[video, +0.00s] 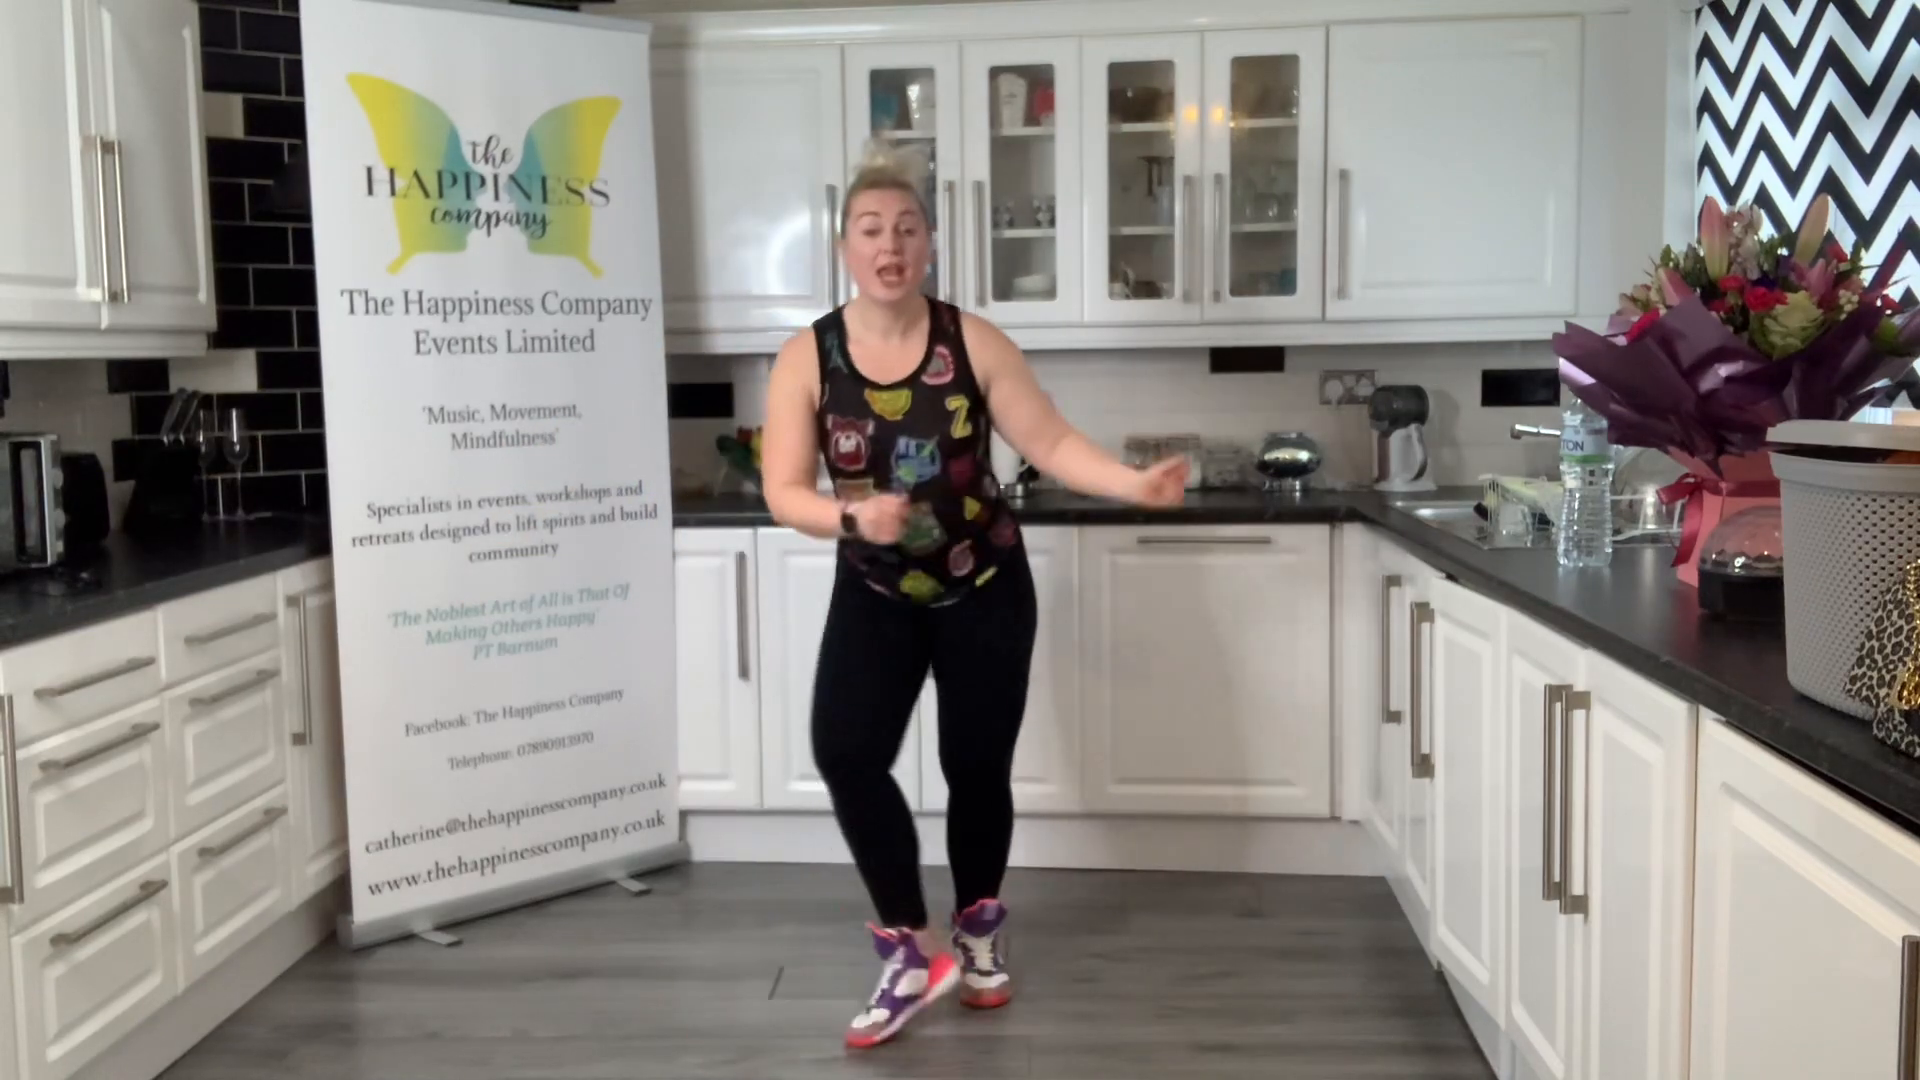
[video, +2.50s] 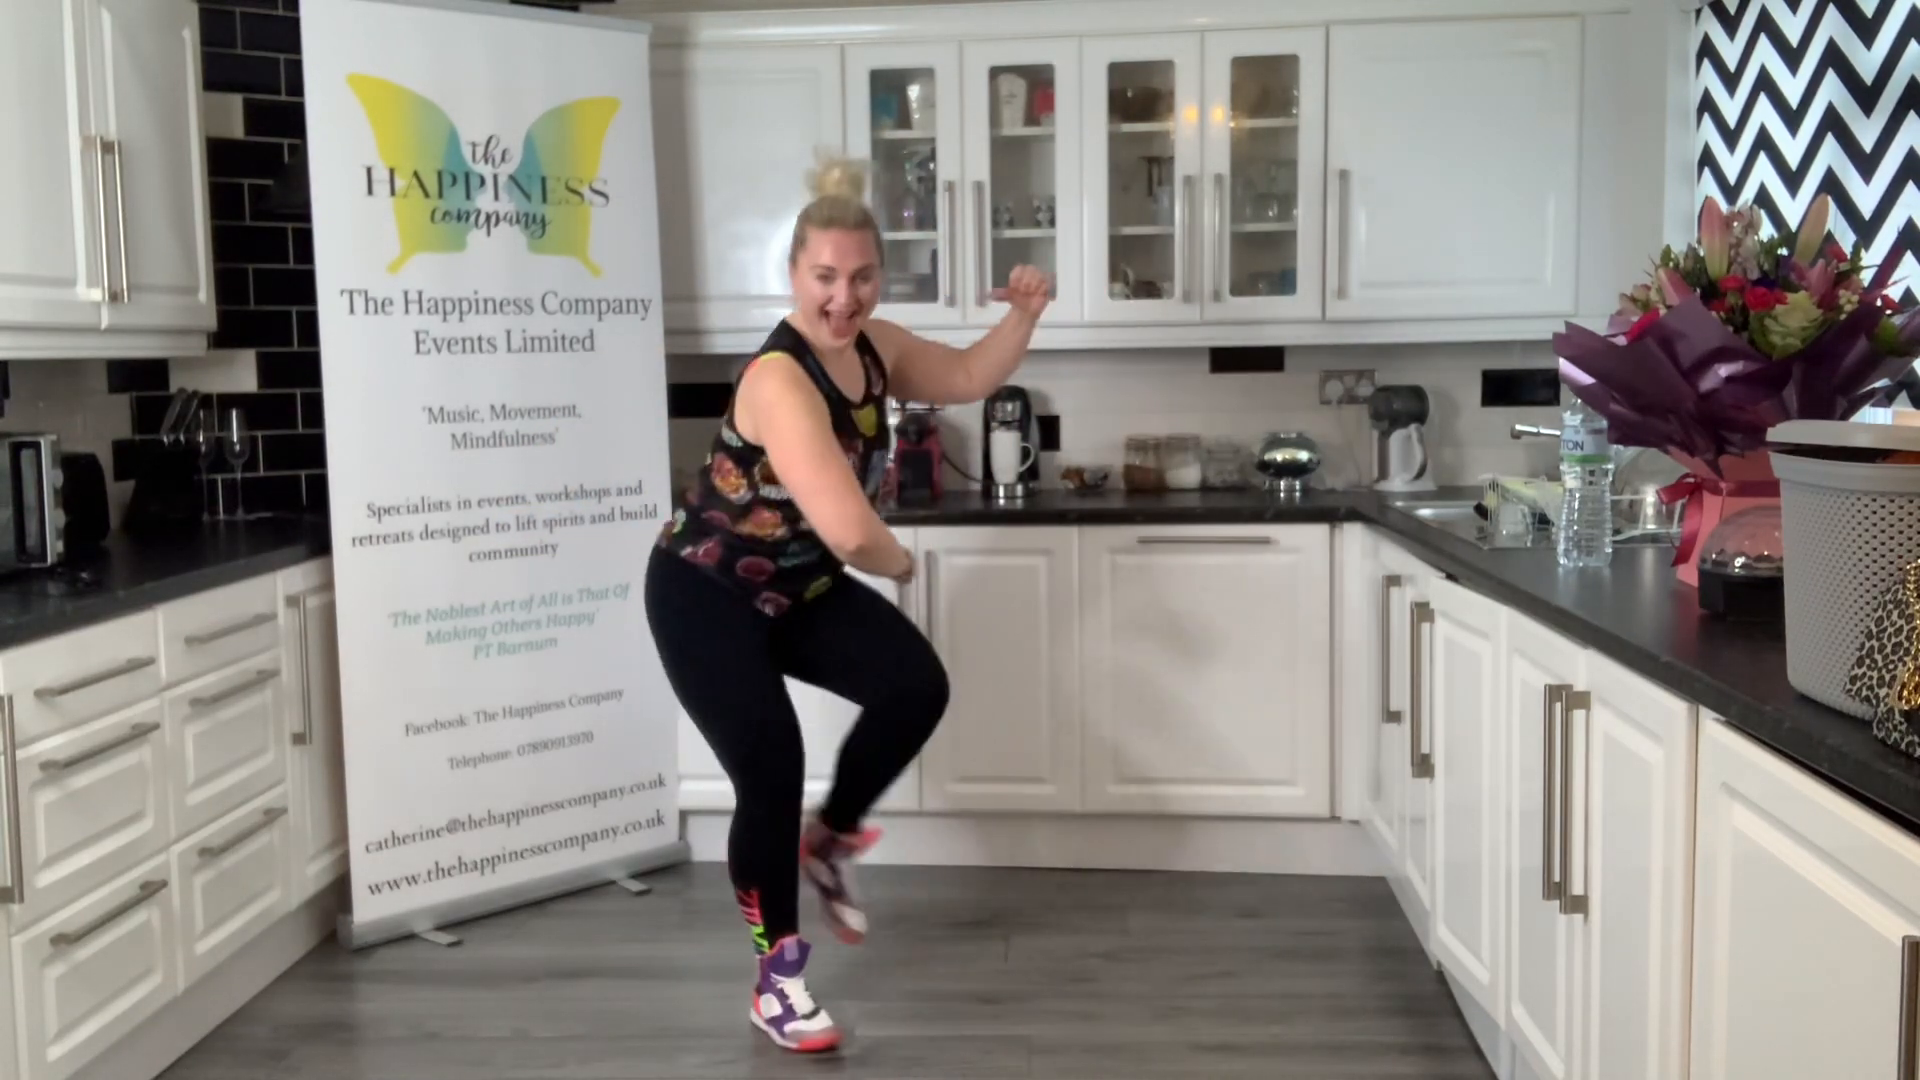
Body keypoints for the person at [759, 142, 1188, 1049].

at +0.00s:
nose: (890, 245)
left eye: (905, 227)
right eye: (870, 229)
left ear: (929, 243)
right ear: (844, 249)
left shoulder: (973, 342)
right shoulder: (807, 358)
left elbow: (1052, 442)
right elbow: (783, 493)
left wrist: (1133, 483)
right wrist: (850, 515)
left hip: (982, 586)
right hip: (876, 590)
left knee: (977, 765)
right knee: (847, 754)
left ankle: (979, 930)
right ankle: (906, 946)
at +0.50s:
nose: (854, 258)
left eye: (872, 241)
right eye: (836, 242)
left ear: (898, 255)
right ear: (812, 255)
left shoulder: (930, 368)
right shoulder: (762, 351)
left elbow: (920, 503)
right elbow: (653, 429)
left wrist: (846, 581)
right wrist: (565, 509)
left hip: (876, 572)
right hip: (760, 577)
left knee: (949, 736)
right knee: (759, 764)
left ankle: (966, 911)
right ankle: (759, 939)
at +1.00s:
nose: (802, 272)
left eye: (819, 254)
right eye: (784, 255)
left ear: (845, 260)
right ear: (760, 261)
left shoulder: (882, 348)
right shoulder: (730, 342)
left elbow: (941, 444)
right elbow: (635, 442)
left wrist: (885, 340)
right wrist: (691, 366)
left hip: (847, 583)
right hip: (735, 584)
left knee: (901, 741)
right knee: (738, 764)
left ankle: (889, 886)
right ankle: (753, 935)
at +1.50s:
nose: (868, 271)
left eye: (885, 251)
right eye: (849, 252)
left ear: (910, 254)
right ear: (825, 258)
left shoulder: (947, 363)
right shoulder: (806, 353)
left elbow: (930, 488)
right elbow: (676, 374)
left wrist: (809, 538)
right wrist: (586, 371)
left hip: (962, 605)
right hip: (862, 603)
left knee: (941, 787)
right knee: (805, 790)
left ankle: (930, 938)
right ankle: (718, 957)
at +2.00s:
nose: (867, 254)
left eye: (885, 234)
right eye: (848, 235)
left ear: (910, 237)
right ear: (822, 238)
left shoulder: (947, 329)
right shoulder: (788, 353)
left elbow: (1064, 384)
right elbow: (794, 495)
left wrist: (1088, 313)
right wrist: (901, 547)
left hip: (941, 585)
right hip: (830, 587)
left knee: (920, 755)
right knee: (814, 756)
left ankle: (925, 940)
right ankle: (773, 946)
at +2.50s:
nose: (843, 293)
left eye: (860, 275)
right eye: (825, 274)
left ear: (880, 274)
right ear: (793, 273)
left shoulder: (876, 344)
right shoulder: (779, 379)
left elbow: (966, 378)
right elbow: (853, 535)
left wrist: (1024, 314)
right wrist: (898, 562)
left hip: (800, 585)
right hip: (706, 589)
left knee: (915, 686)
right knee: (770, 771)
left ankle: (826, 841)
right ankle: (778, 975)